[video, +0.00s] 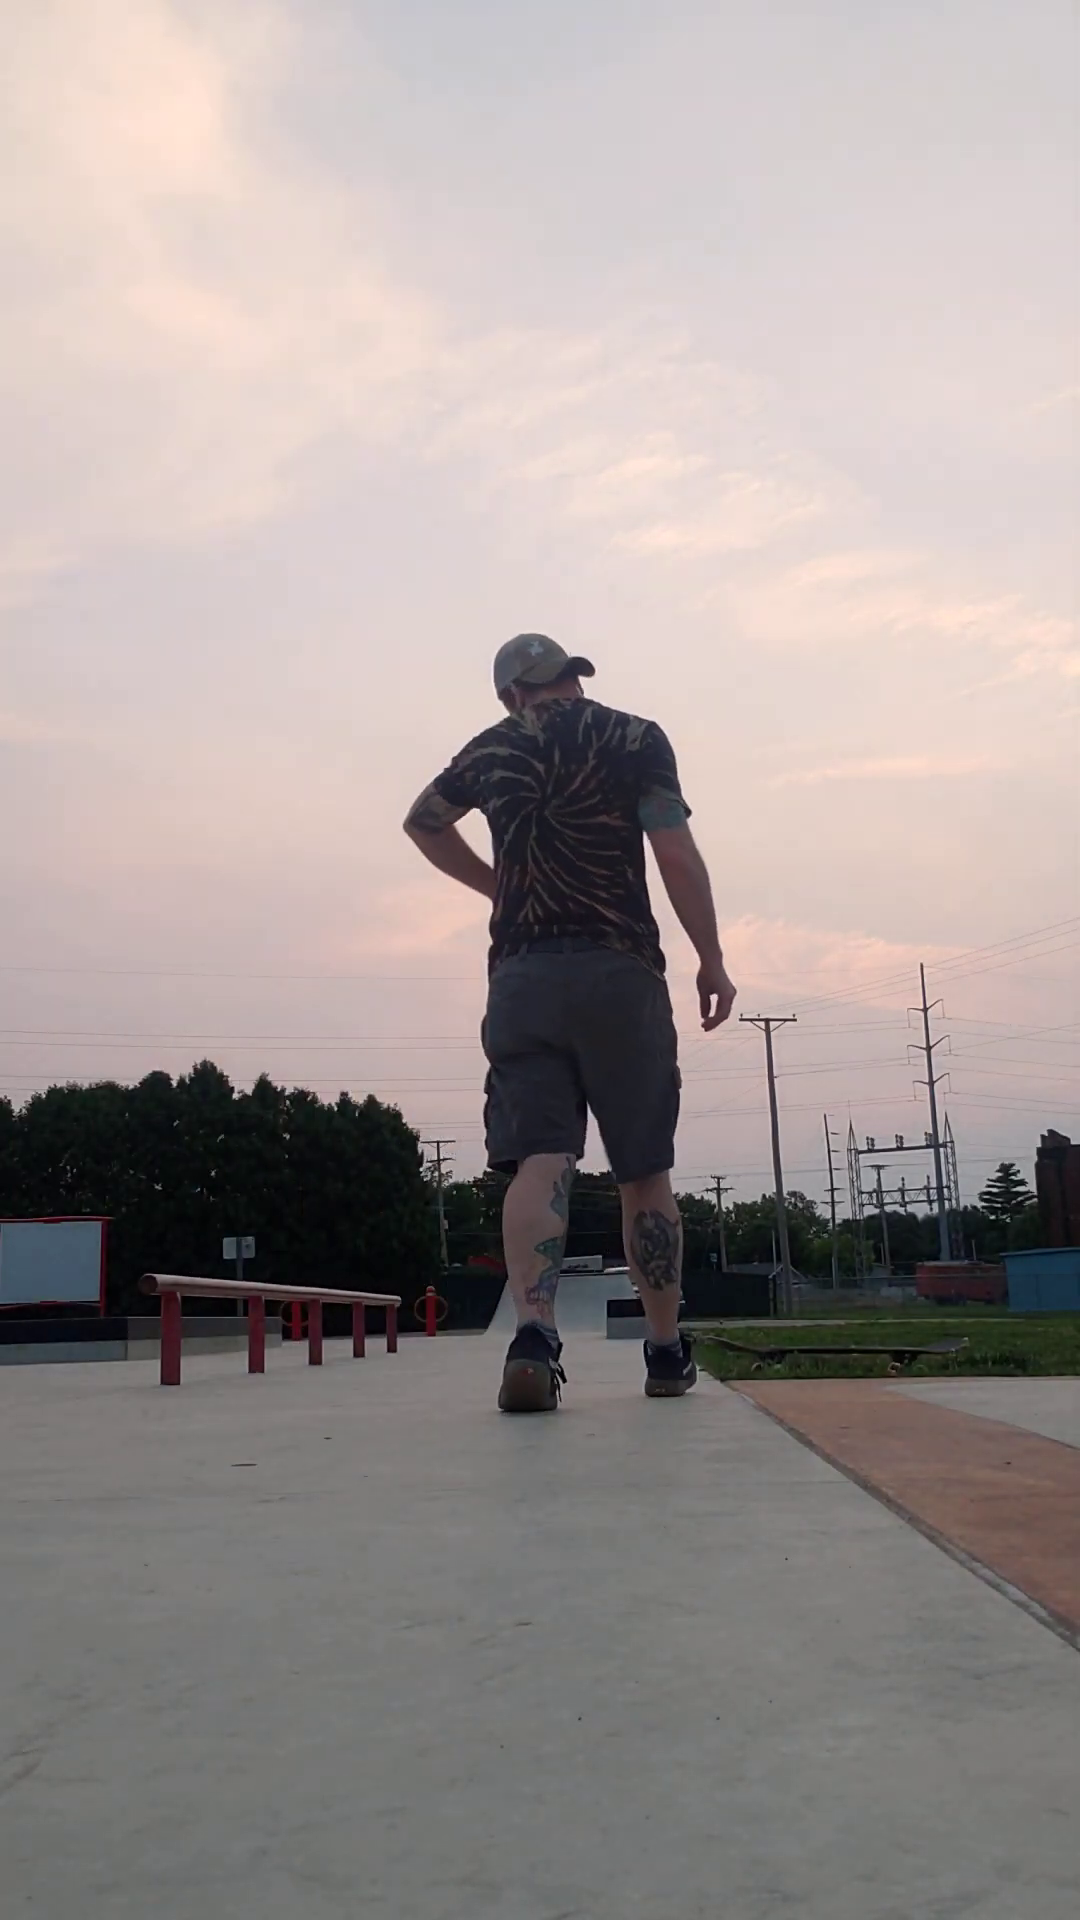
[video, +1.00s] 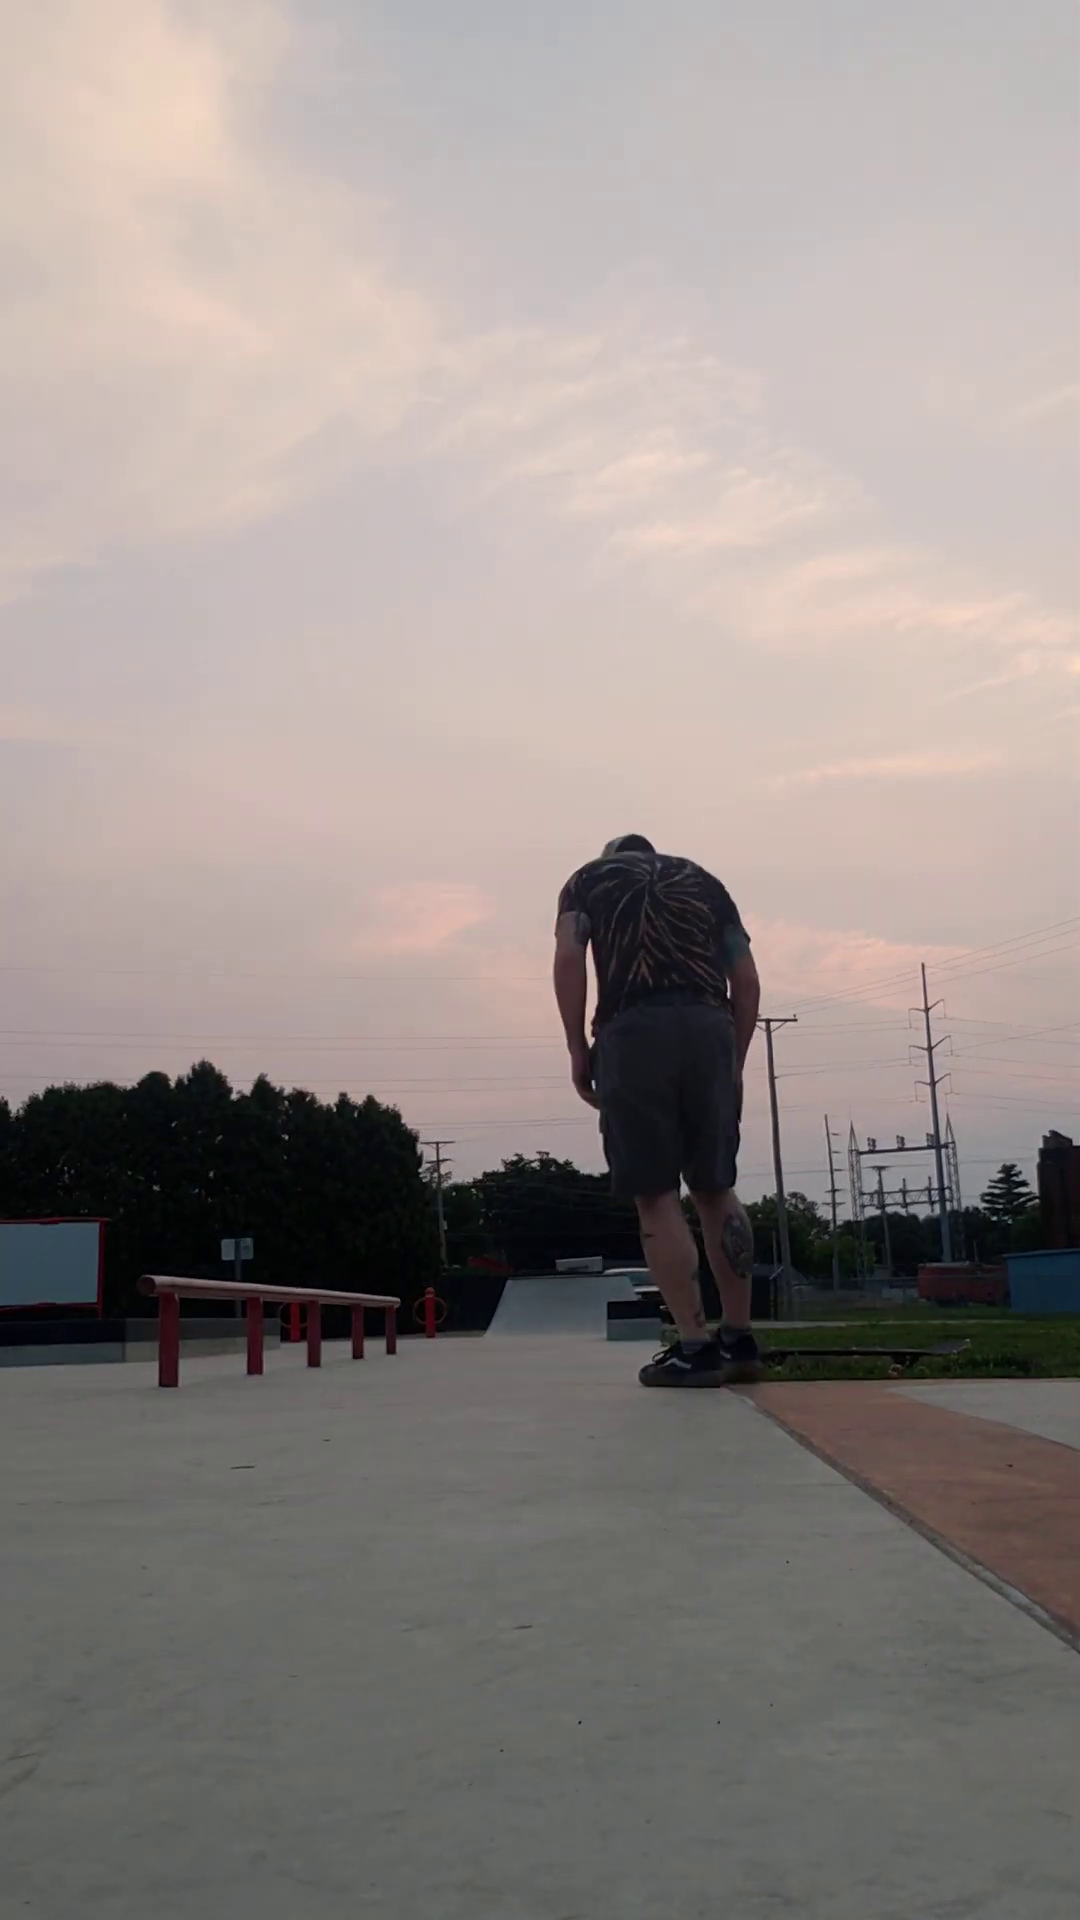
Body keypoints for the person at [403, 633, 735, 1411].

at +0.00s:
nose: (576, 688)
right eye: (574, 676)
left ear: (512, 694)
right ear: (574, 677)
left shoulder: (490, 748)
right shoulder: (632, 733)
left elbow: (423, 821)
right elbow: (675, 854)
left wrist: (492, 882)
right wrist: (710, 955)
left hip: (522, 975)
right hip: (619, 973)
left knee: (538, 1157)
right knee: (644, 1168)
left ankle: (532, 1340)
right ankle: (665, 1351)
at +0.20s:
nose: (534, 743)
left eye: (531, 736)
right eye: (536, 735)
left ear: (542, 725)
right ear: (594, 706)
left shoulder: (537, 762)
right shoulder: (677, 757)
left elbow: (483, 781)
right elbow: (729, 865)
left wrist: (554, 790)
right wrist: (751, 960)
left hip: (575, 987)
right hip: (666, 983)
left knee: (583, 1147)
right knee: (668, 1163)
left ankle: (584, 1258)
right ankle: (665, 1353)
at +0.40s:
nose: (561, 764)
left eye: (558, 757)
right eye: (561, 757)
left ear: (571, 746)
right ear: (619, 730)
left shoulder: (567, 775)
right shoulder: (693, 777)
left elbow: (515, 792)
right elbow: (751, 878)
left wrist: (572, 762)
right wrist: (756, 967)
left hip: (598, 999)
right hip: (684, 994)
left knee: (620, 1169)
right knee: (676, 1170)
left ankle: (641, 1333)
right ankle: (667, 1346)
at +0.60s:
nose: (584, 792)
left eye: (581, 784)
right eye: (589, 781)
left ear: (584, 782)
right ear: (631, 767)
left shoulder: (575, 813)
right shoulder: (695, 808)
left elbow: (533, 843)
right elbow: (749, 913)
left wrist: (585, 805)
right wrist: (751, 990)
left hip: (612, 1022)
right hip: (696, 1012)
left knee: (647, 1191)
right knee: (696, 1179)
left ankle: (686, 1343)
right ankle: (673, 1329)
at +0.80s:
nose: (614, 820)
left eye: (607, 813)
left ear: (601, 814)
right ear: (655, 804)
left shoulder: (581, 847)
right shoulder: (705, 839)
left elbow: (538, 953)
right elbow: (741, 944)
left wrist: (583, 978)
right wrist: (743, 1027)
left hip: (615, 1038)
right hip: (696, 1029)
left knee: (654, 1194)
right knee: (722, 1172)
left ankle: (692, 1344)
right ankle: (739, 1277)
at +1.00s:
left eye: (605, 860)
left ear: (606, 857)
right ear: (654, 852)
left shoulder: (587, 880)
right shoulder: (701, 878)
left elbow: (569, 956)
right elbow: (746, 980)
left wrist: (577, 1045)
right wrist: (734, 1057)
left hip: (632, 1039)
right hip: (711, 1037)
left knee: (655, 1198)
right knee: (715, 1189)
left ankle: (694, 1347)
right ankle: (739, 1337)